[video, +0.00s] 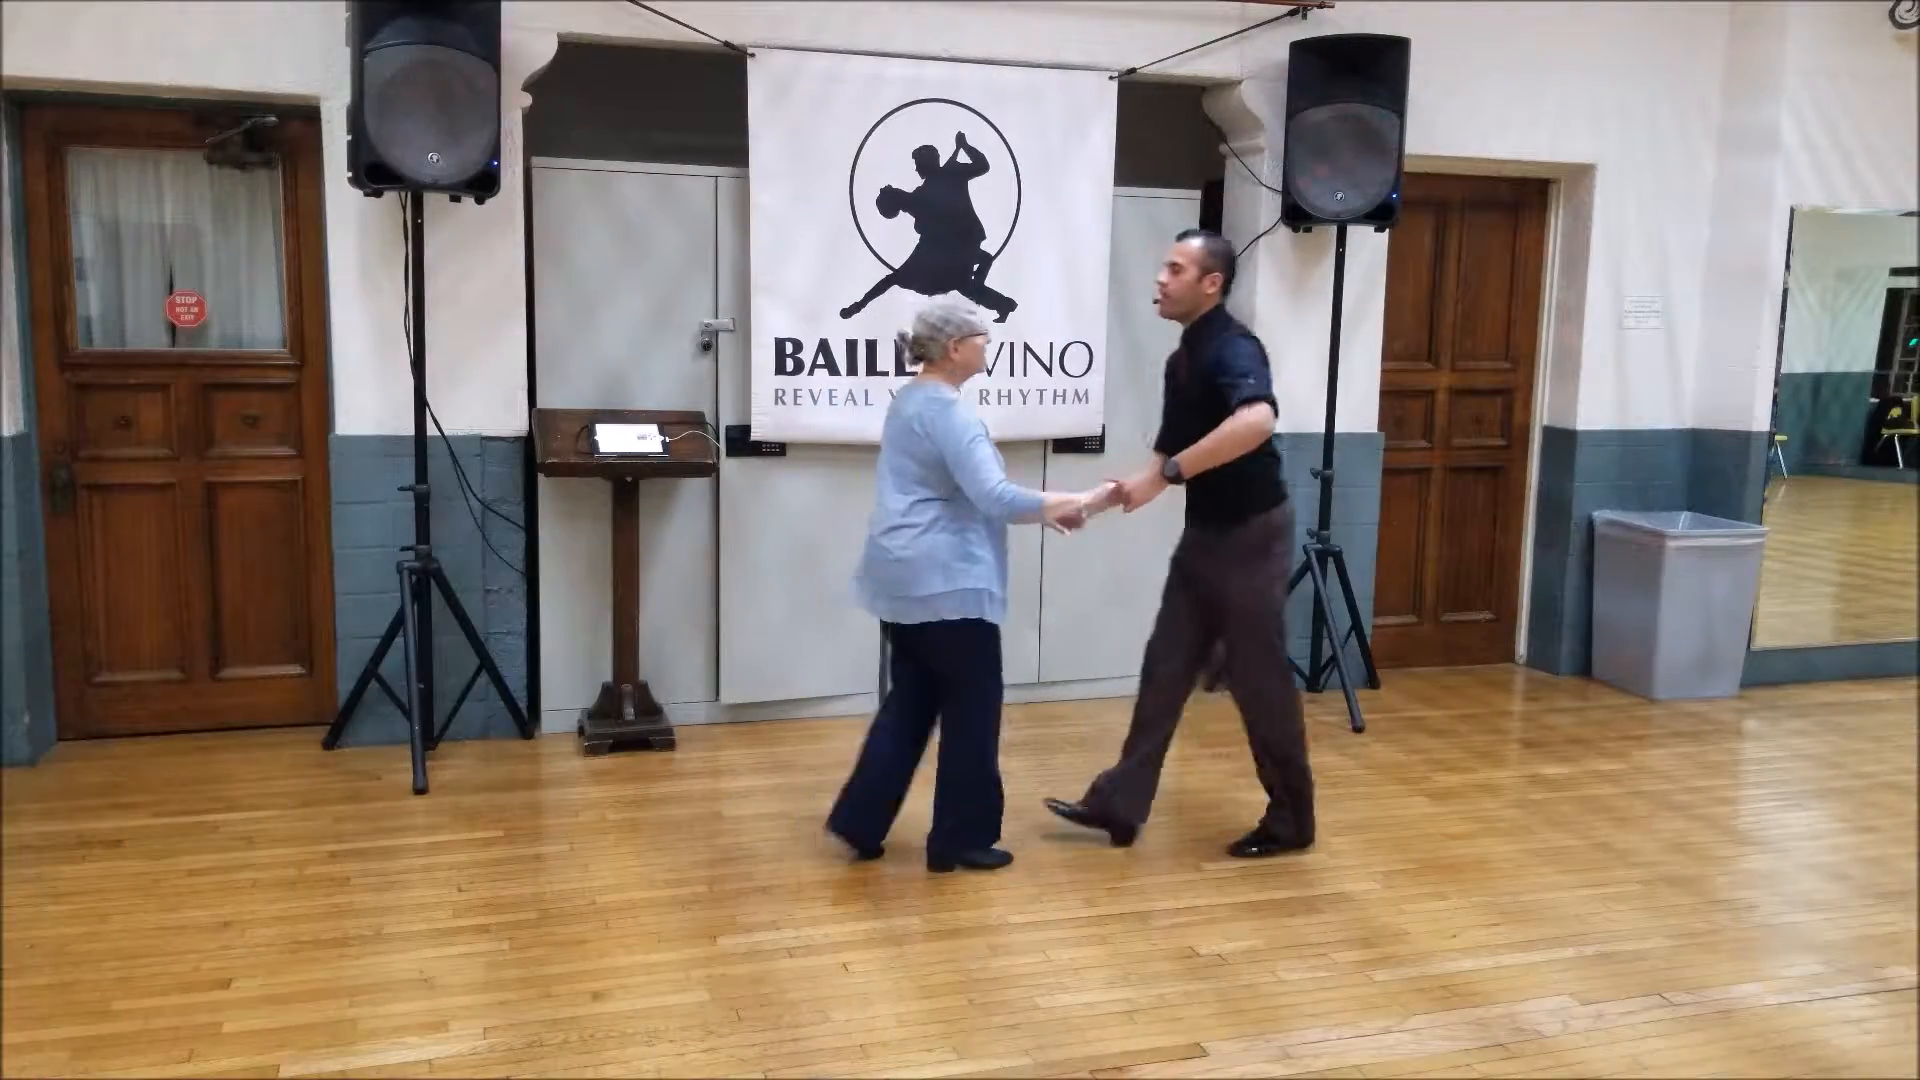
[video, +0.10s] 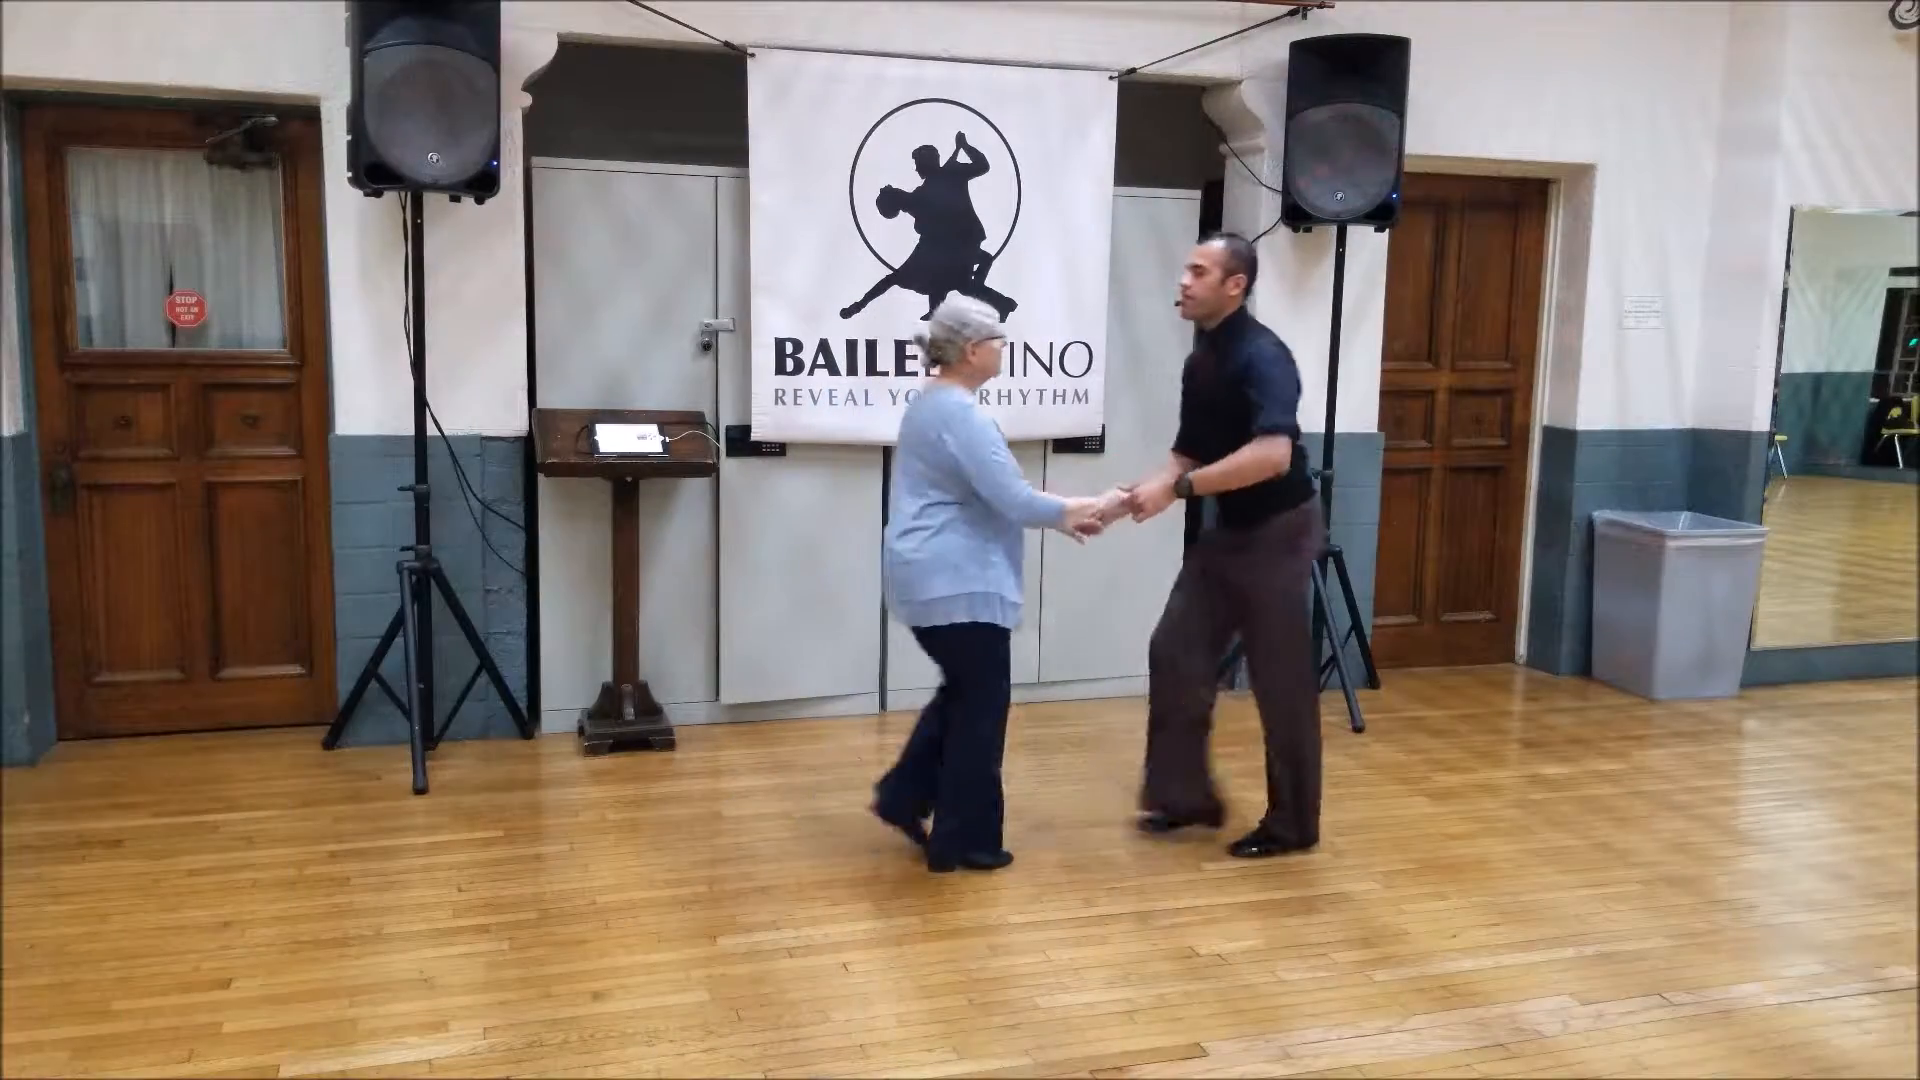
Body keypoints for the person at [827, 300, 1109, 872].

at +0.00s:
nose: (986, 348)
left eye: (983, 339)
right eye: (980, 339)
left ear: (941, 348)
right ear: (955, 347)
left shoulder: (908, 402)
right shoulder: (949, 412)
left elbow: (969, 493)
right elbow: (995, 497)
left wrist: (1042, 511)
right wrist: (1062, 503)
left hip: (900, 577)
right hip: (949, 582)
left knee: (913, 700)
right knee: (975, 710)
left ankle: (858, 820)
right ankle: (961, 841)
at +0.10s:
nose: (1001, 352)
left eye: (999, 342)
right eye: (994, 343)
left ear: (956, 352)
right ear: (967, 352)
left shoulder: (926, 409)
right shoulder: (960, 414)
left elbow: (991, 496)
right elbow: (1011, 499)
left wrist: (1059, 513)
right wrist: (1079, 510)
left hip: (925, 580)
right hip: (960, 582)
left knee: (965, 688)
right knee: (984, 700)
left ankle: (904, 794)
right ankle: (966, 840)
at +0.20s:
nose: (1018, 350)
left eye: (1016, 340)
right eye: (1010, 341)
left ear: (974, 350)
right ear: (983, 349)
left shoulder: (947, 408)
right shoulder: (974, 416)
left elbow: (1023, 496)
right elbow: (1033, 503)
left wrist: (1086, 502)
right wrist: (1100, 507)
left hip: (950, 569)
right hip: (969, 574)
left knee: (991, 693)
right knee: (1002, 695)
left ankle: (984, 817)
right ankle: (965, 841)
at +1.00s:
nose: (1015, 344)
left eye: (1011, 335)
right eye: (1007, 336)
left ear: (963, 346)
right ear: (981, 345)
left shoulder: (928, 405)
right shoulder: (984, 415)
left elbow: (987, 481)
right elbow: (1046, 502)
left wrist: (1046, 467)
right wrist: (1077, 476)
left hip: (935, 581)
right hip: (981, 588)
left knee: (976, 694)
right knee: (994, 712)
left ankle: (923, 807)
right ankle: (981, 847)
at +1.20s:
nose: (973, 350)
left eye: (970, 339)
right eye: (966, 341)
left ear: (923, 348)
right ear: (941, 348)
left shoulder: (888, 403)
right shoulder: (942, 415)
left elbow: (939, 471)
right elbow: (992, 511)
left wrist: (1001, 452)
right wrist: (1036, 492)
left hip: (884, 579)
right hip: (939, 584)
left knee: (884, 702)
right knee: (963, 717)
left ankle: (825, 830)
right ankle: (971, 851)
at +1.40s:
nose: (936, 350)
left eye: (933, 341)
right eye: (928, 342)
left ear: (884, 353)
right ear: (898, 351)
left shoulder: (851, 406)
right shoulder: (896, 421)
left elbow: (894, 483)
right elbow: (907, 519)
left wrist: (956, 494)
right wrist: (971, 538)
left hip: (830, 590)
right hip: (877, 596)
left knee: (842, 710)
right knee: (924, 703)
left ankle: (818, 846)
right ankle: (893, 848)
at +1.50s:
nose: (917, 350)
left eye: (915, 340)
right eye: (910, 341)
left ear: (869, 347)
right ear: (882, 346)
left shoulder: (835, 403)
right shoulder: (870, 415)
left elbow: (884, 496)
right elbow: (877, 512)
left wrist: (945, 500)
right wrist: (945, 531)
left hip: (815, 582)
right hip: (854, 589)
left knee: (827, 704)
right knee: (883, 702)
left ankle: (820, 837)